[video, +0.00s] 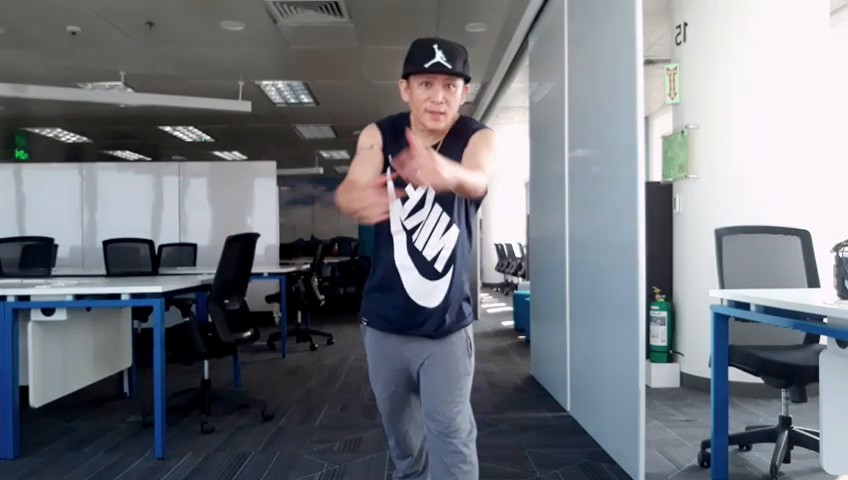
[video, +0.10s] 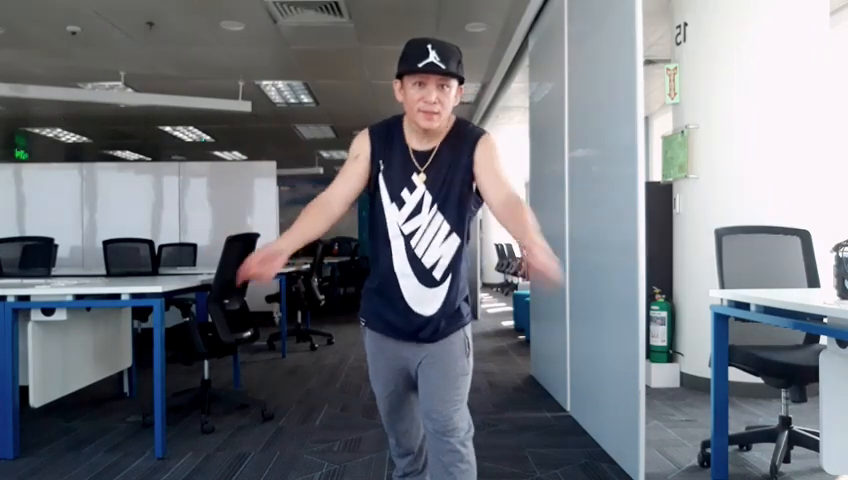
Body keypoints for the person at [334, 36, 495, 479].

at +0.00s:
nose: (438, 96)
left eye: (448, 86)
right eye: (426, 84)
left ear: (464, 94)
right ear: (405, 90)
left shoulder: (476, 138)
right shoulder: (378, 135)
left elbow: (479, 181)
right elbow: (349, 192)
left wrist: (446, 174)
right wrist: (358, 201)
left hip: (448, 324)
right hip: (385, 321)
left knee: (450, 436)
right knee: (398, 428)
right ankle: (406, 470)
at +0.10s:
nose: (430, 96)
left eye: (442, 85)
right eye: (419, 84)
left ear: (458, 93)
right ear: (399, 90)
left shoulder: (475, 145)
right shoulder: (373, 143)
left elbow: (505, 201)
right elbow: (331, 203)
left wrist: (533, 242)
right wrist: (281, 247)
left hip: (446, 323)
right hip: (384, 322)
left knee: (448, 431)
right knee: (398, 427)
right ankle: (407, 470)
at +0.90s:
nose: (463, 74)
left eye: (475, 62)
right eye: (450, 61)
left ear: (491, 74)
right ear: (425, 70)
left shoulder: (510, 137)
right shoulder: (393, 128)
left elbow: (545, 194)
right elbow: (342, 184)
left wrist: (561, 209)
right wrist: (335, 203)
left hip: (466, 332)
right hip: (399, 329)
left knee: (457, 453)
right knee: (406, 450)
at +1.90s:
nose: (454, 75)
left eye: (466, 64)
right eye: (442, 62)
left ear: (483, 77)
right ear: (420, 74)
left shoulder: (498, 148)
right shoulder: (387, 135)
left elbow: (530, 222)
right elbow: (341, 203)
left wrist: (551, 279)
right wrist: (309, 262)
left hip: (460, 333)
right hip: (390, 329)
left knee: (456, 451)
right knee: (388, 428)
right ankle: (394, 473)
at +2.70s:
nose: (472, 62)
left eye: (485, 48)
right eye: (458, 48)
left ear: (506, 56)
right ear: (435, 59)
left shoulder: (538, 128)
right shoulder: (409, 114)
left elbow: (574, 199)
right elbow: (356, 172)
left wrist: (613, 227)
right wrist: (329, 202)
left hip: (489, 337)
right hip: (411, 325)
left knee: (469, 468)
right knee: (372, 456)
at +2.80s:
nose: (478, 50)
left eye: (492, 35)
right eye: (463, 37)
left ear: (512, 44)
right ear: (441, 48)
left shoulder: (546, 117)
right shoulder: (415, 110)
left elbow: (589, 189)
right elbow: (360, 174)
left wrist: (568, 190)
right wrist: (307, 209)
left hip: (496, 337)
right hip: (416, 324)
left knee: (475, 470)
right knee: (370, 460)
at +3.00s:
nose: (489, 34)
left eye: (503, 20)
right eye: (473, 20)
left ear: (525, 31)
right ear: (450, 34)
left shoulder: (558, 105)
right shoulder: (424, 109)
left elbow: (573, 181)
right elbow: (367, 193)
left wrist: (488, 194)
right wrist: (310, 269)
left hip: (515, 333)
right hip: (432, 323)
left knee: (492, 471)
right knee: (413, 464)